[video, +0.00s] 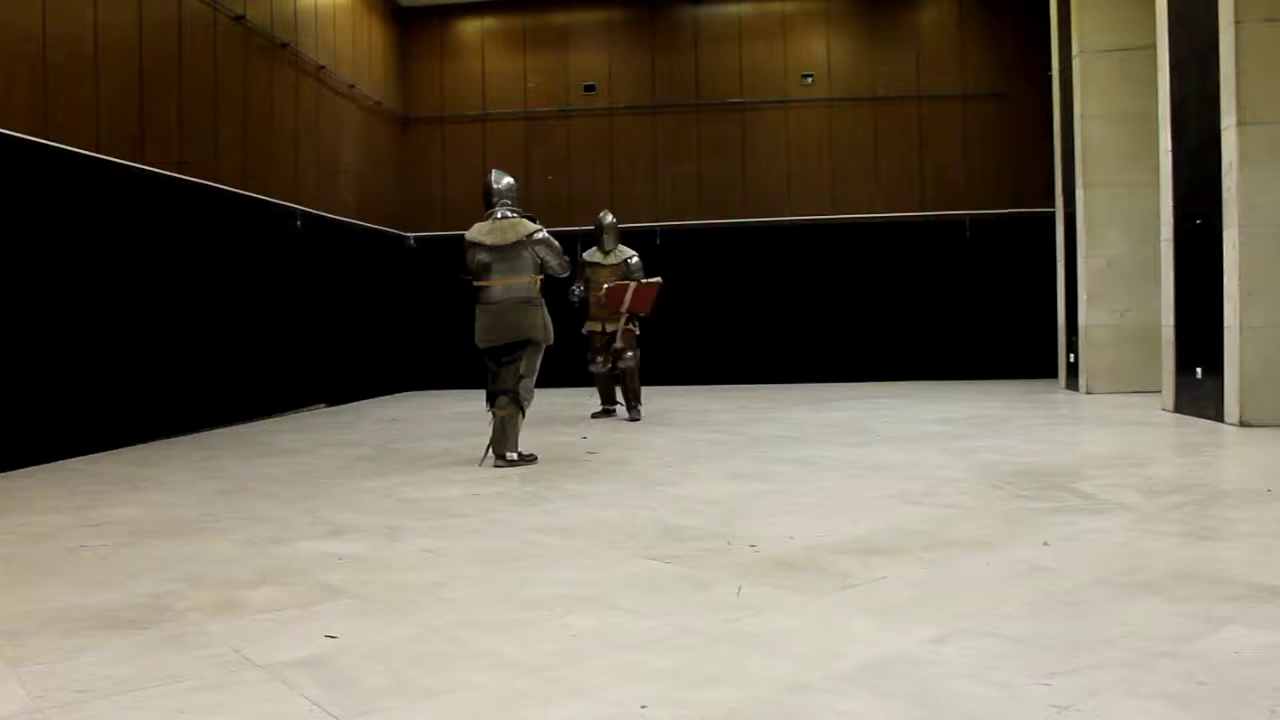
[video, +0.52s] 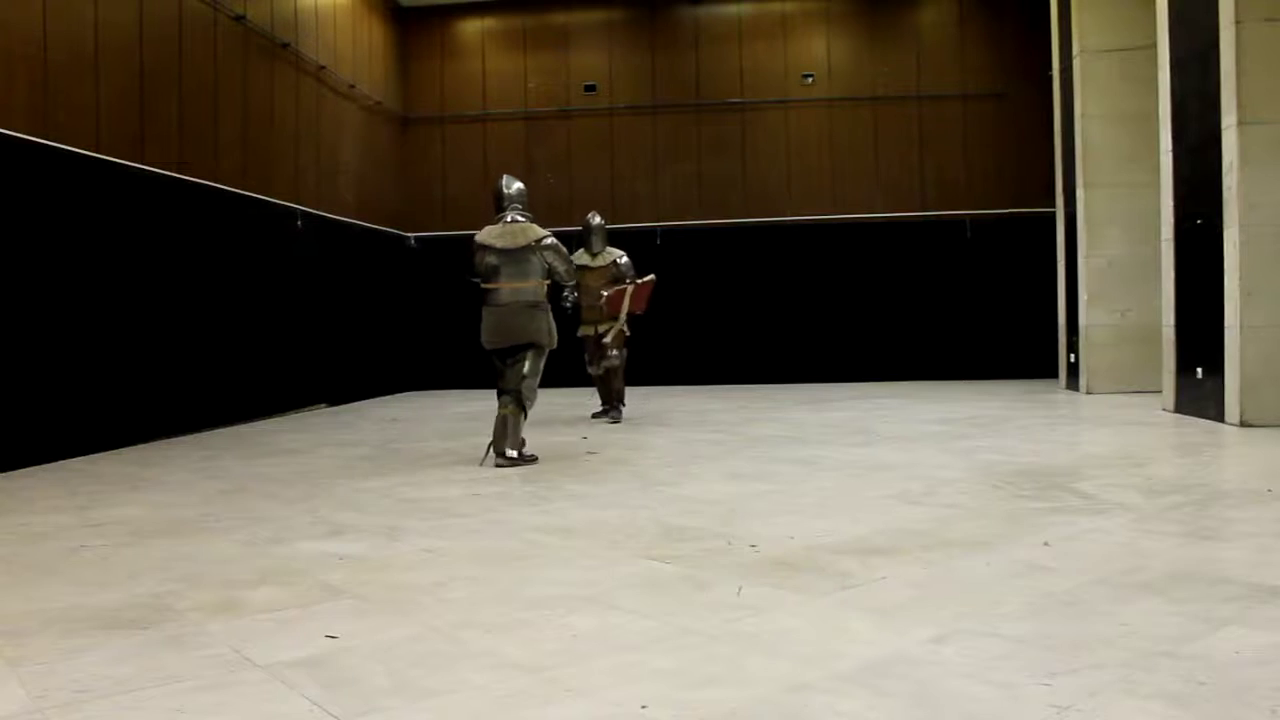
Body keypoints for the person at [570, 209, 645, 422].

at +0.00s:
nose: (606, 236)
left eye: (610, 231)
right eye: (603, 232)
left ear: (616, 232)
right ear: (597, 233)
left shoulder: (630, 258)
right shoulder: (587, 259)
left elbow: (640, 291)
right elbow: (581, 284)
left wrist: (623, 296)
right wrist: (577, 291)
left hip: (622, 323)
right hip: (596, 323)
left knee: (627, 364)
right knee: (599, 365)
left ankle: (633, 406)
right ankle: (607, 406)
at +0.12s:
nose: (603, 237)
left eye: (606, 231)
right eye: (599, 232)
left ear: (613, 232)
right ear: (594, 233)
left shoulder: (627, 257)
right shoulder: (584, 259)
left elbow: (637, 290)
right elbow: (579, 284)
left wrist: (618, 294)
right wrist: (577, 293)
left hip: (620, 322)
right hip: (595, 322)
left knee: (623, 364)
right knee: (599, 365)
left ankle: (627, 406)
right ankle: (608, 405)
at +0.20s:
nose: (600, 237)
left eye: (604, 231)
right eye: (597, 232)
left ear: (610, 232)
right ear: (591, 233)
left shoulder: (625, 257)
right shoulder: (583, 259)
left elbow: (637, 289)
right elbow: (578, 284)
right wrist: (576, 294)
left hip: (619, 321)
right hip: (594, 322)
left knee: (620, 363)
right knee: (597, 364)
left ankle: (623, 406)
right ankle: (607, 404)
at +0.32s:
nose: (598, 238)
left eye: (601, 232)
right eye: (594, 233)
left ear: (607, 232)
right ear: (588, 234)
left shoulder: (623, 258)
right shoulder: (580, 260)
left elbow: (635, 288)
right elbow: (576, 285)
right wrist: (575, 295)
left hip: (617, 321)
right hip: (592, 322)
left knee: (617, 362)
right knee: (596, 363)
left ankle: (620, 405)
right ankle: (607, 404)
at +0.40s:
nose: (596, 237)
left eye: (599, 232)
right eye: (592, 232)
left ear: (605, 232)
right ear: (587, 234)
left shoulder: (621, 258)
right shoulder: (578, 260)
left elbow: (634, 288)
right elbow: (573, 285)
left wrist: (626, 304)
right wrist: (572, 296)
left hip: (615, 321)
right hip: (591, 322)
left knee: (615, 362)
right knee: (596, 363)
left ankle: (619, 405)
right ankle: (606, 404)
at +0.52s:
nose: (594, 238)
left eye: (598, 232)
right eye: (591, 233)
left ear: (604, 233)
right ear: (585, 234)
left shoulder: (618, 259)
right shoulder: (576, 260)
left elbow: (632, 289)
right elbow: (570, 286)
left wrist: (615, 296)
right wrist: (568, 297)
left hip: (612, 322)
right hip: (588, 323)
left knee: (613, 363)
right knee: (595, 365)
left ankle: (616, 405)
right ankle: (606, 404)